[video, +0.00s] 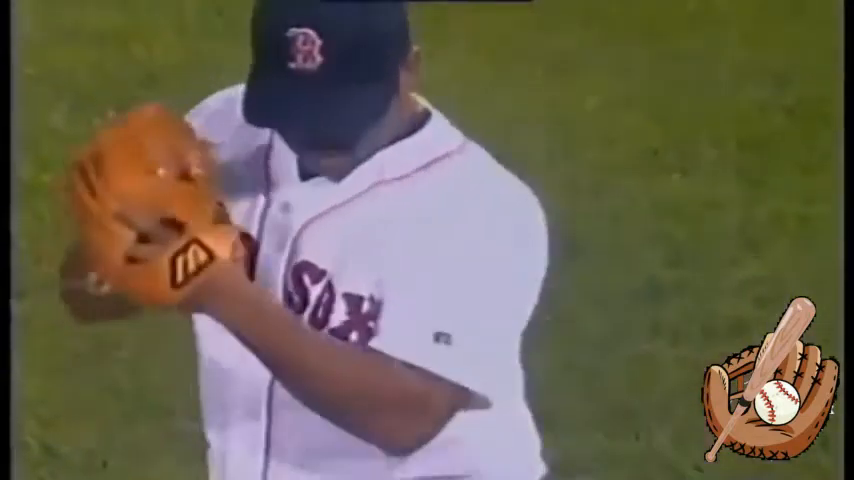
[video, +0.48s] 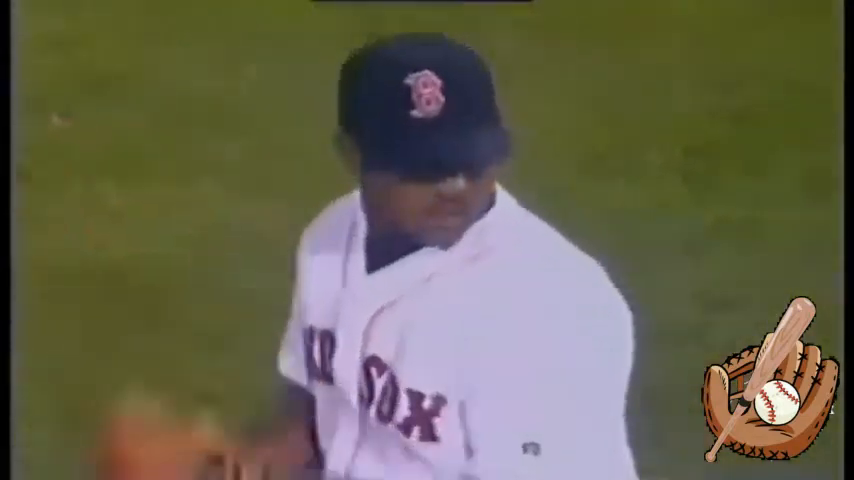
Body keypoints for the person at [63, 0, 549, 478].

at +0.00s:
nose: (320, 153)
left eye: (343, 131)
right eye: (297, 128)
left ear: (408, 71)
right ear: (268, 84)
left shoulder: (488, 210)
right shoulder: (227, 128)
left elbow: (404, 420)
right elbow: (87, 298)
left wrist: (222, 292)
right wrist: (129, 220)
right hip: (252, 464)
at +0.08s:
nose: (337, 139)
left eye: (365, 119)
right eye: (315, 116)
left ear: (427, 71)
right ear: (282, 86)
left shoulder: (499, 213)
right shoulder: (245, 133)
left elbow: (401, 418)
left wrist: (225, 286)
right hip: (262, 468)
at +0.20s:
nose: (401, 132)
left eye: (424, 106)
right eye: (370, 110)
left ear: (454, 81)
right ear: (320, 93)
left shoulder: (519, 223)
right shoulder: (290, 144)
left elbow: (416, 429)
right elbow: (179, 319)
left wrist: (234, 297)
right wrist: (170, 244)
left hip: (466, 470)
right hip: (298, 462)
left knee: (186, 464)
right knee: (182, 464)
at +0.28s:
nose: (434, 136)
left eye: (456, 108)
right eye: (402, 118)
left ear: (484, 91)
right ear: (349, 104)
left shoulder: (538, 240)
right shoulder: (314, 164)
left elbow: (442, 445)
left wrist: (254, 330)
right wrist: (198, 274)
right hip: (341, 466)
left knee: (190, 457)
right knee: (181, 455)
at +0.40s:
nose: (462, 157)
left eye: (482, 132)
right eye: (431, 136)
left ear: (508, 117)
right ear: (362, 128)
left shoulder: (562, 270)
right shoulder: (340, 205)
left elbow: (521, 462)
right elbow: (304, 353)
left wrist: (311, 428)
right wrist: (242, 372)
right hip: (347, 468)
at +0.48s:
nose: (455, 187)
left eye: (473, 160)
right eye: (423, 166)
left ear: (496, 145)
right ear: (353, 156)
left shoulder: (559, 304)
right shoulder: (331, 240)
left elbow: (566, 466)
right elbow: (312, 412)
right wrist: (254, 458)